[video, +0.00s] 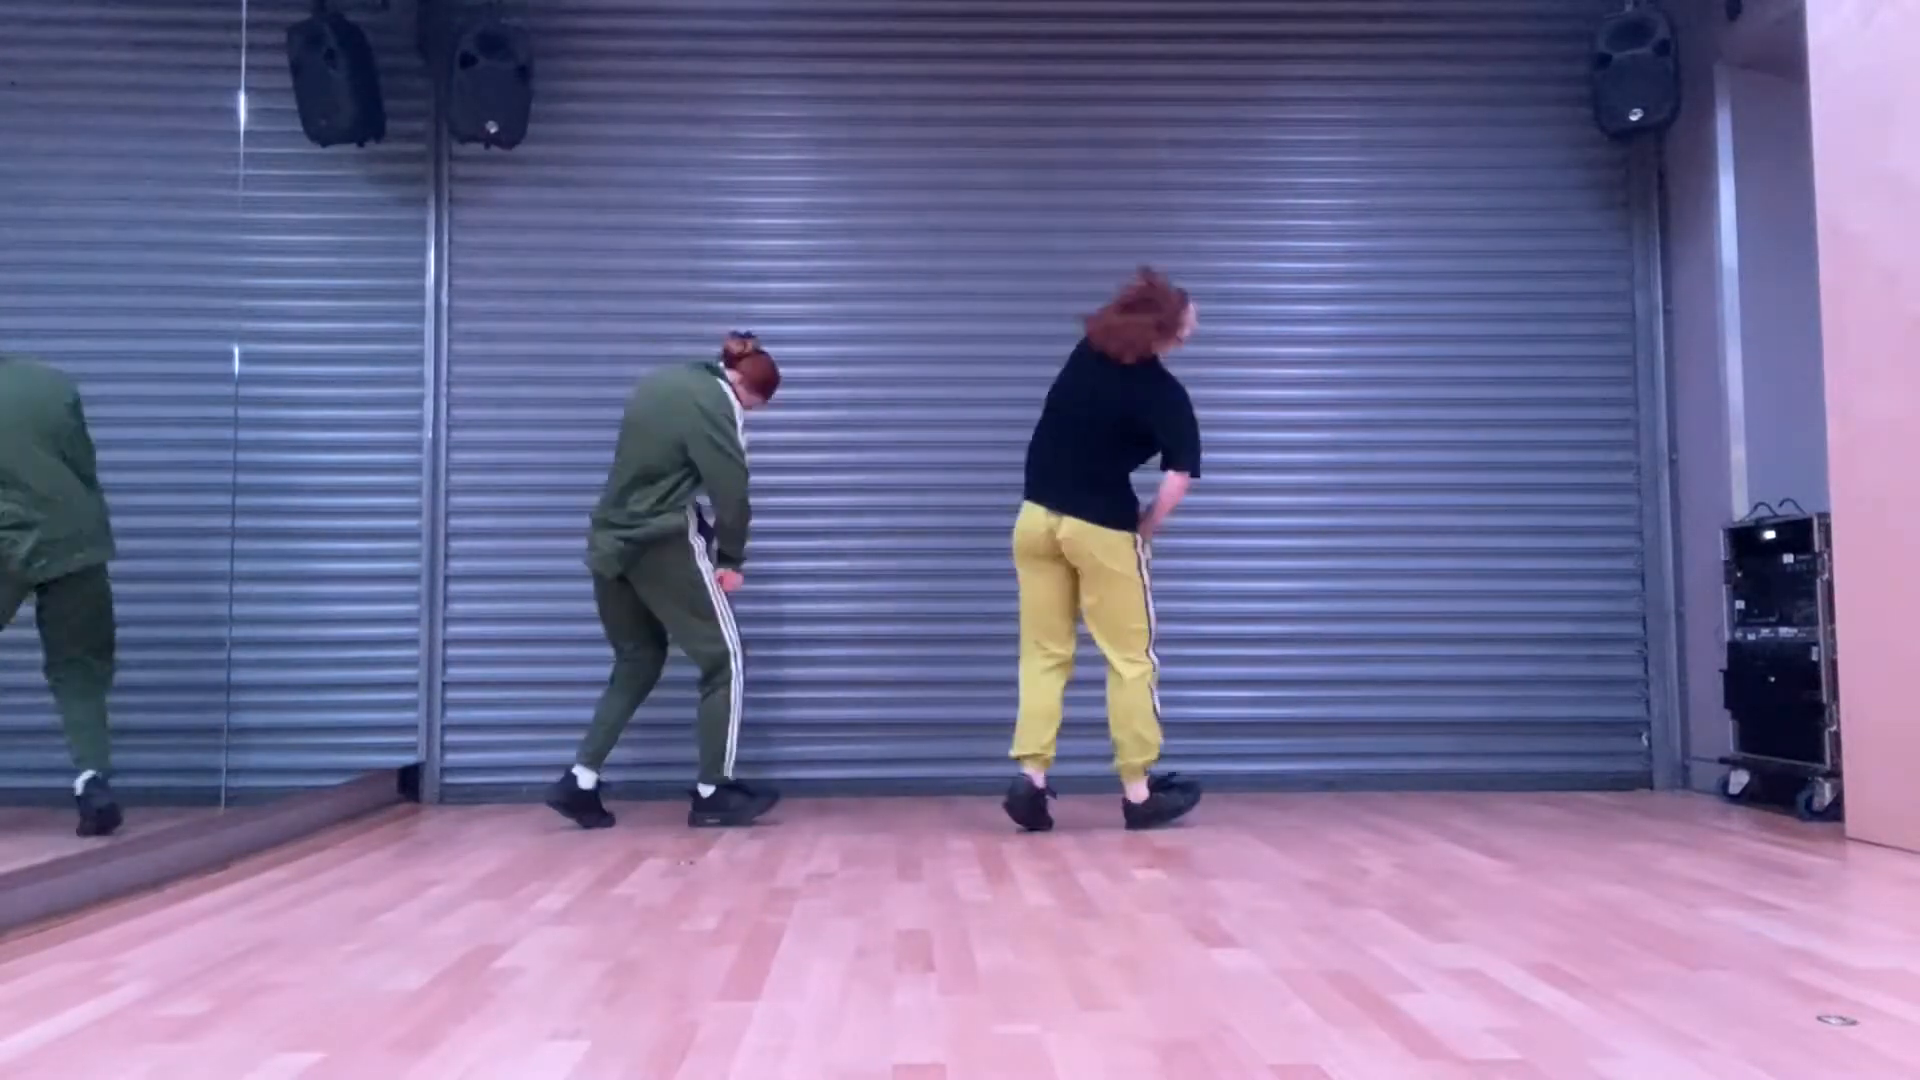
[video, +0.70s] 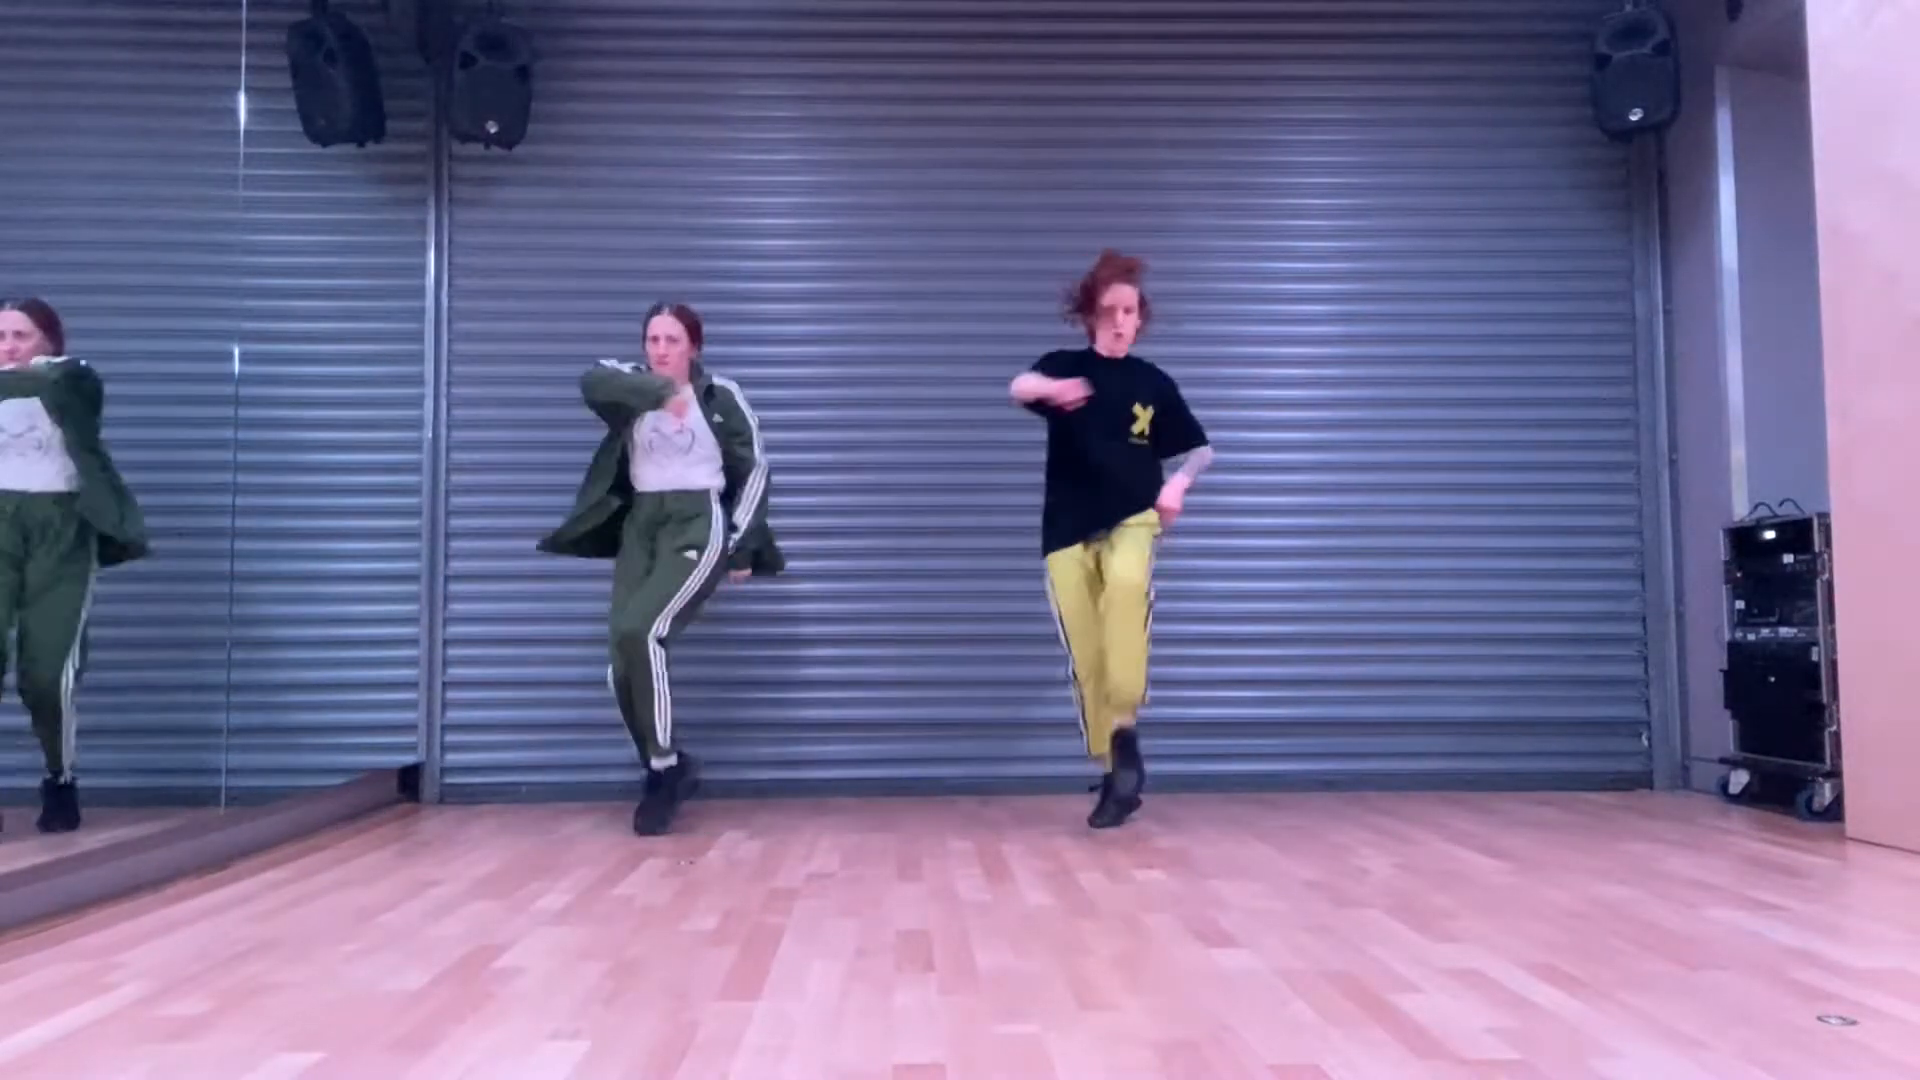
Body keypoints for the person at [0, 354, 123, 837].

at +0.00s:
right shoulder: (48, 382)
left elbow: (81, 465)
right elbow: (83, 465)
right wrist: (82, 530)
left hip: (8, 540)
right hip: (74, 536)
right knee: (79, 663)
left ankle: (92, 778)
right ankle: (93, 779)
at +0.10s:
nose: (53, 378)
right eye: (52, 369)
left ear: (9, 357)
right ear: (39, 362)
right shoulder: (54, 390)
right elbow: (98, 467)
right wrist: (116, 516)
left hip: (4, 559)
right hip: (50, 548)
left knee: (7, 669)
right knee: (88, 663)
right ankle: (59, 794)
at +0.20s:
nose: (82, 375)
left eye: (84, 364)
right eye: (81, 363)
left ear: (39, 351)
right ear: (55, 355)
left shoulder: (13, 382)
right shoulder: (26, 381)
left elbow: (51, 477)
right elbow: (64, 469)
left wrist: (102, 545)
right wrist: (115, 537)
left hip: (10, 557)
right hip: (28, 554)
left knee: (24, 680)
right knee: (85, 675)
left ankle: (3, 793)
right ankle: (54, 800)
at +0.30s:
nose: (70, 335)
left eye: (73, 325)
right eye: (59, 323)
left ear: (65, 334)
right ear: (20, 327)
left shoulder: (42, 386)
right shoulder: (3, 381)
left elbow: (44, 452)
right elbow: (4, 478)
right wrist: (54, 532)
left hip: (31, 549)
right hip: (5, 551)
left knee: (57, 656)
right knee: (48, 659)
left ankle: (21, 788)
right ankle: (23, 790)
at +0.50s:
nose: (0, 331)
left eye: (10, 322)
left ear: (36, 336)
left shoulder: (59, 397)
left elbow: (123, 458)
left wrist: (113, 421)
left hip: (48, 536)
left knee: (85, 679)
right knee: (5, 676)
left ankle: (26, 750)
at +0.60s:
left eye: (10, 328)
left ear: (39, 338)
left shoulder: (61, 396)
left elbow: (73, 422)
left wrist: (111, 383)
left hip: (49, 525)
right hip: (0, 527)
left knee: (73, 673)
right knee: (2, 670)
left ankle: (39, 747)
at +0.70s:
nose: (8, 345)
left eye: (18, 335)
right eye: (3, 337)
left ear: (50, 342)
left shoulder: (72, 378)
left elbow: (68, 379)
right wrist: (32, 372)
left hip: (60, 519)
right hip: (3, 517)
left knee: (44, 669)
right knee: (13, 665)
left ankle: (59, 779)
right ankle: (58, 775)